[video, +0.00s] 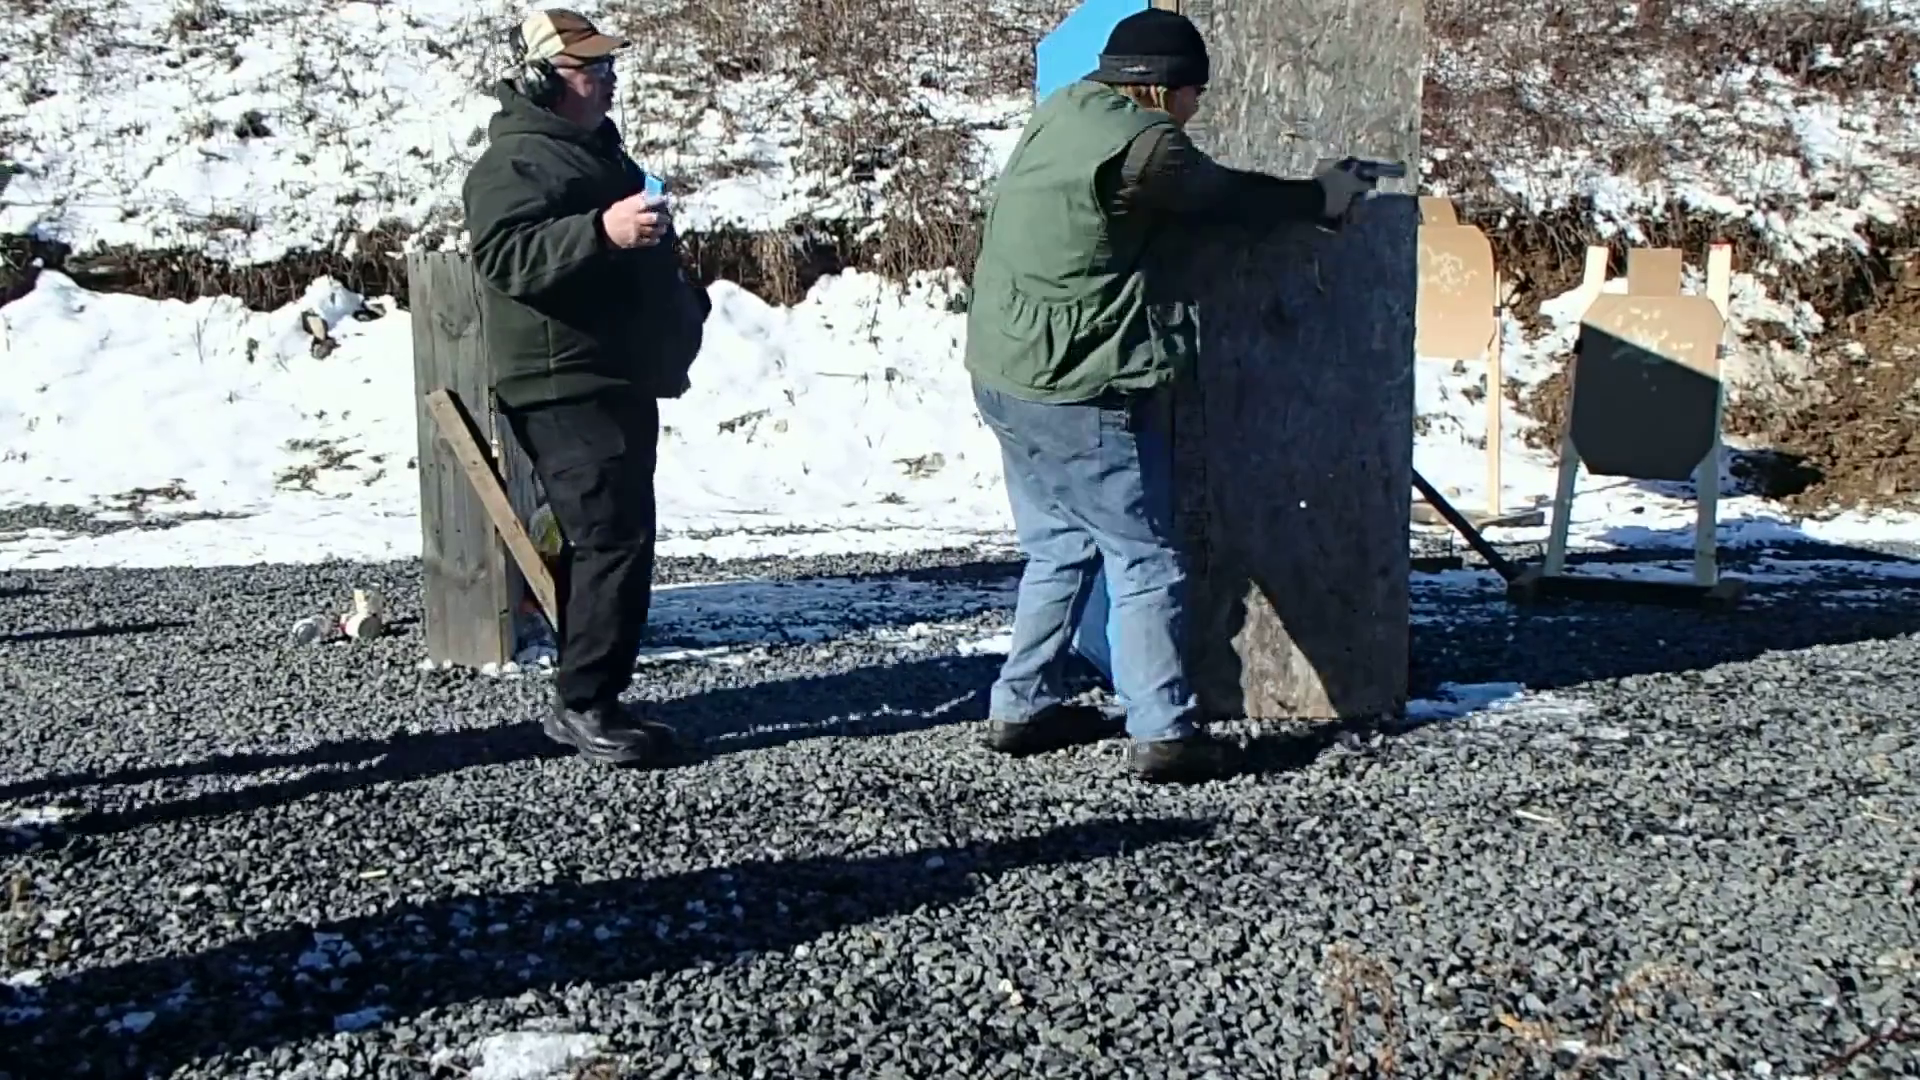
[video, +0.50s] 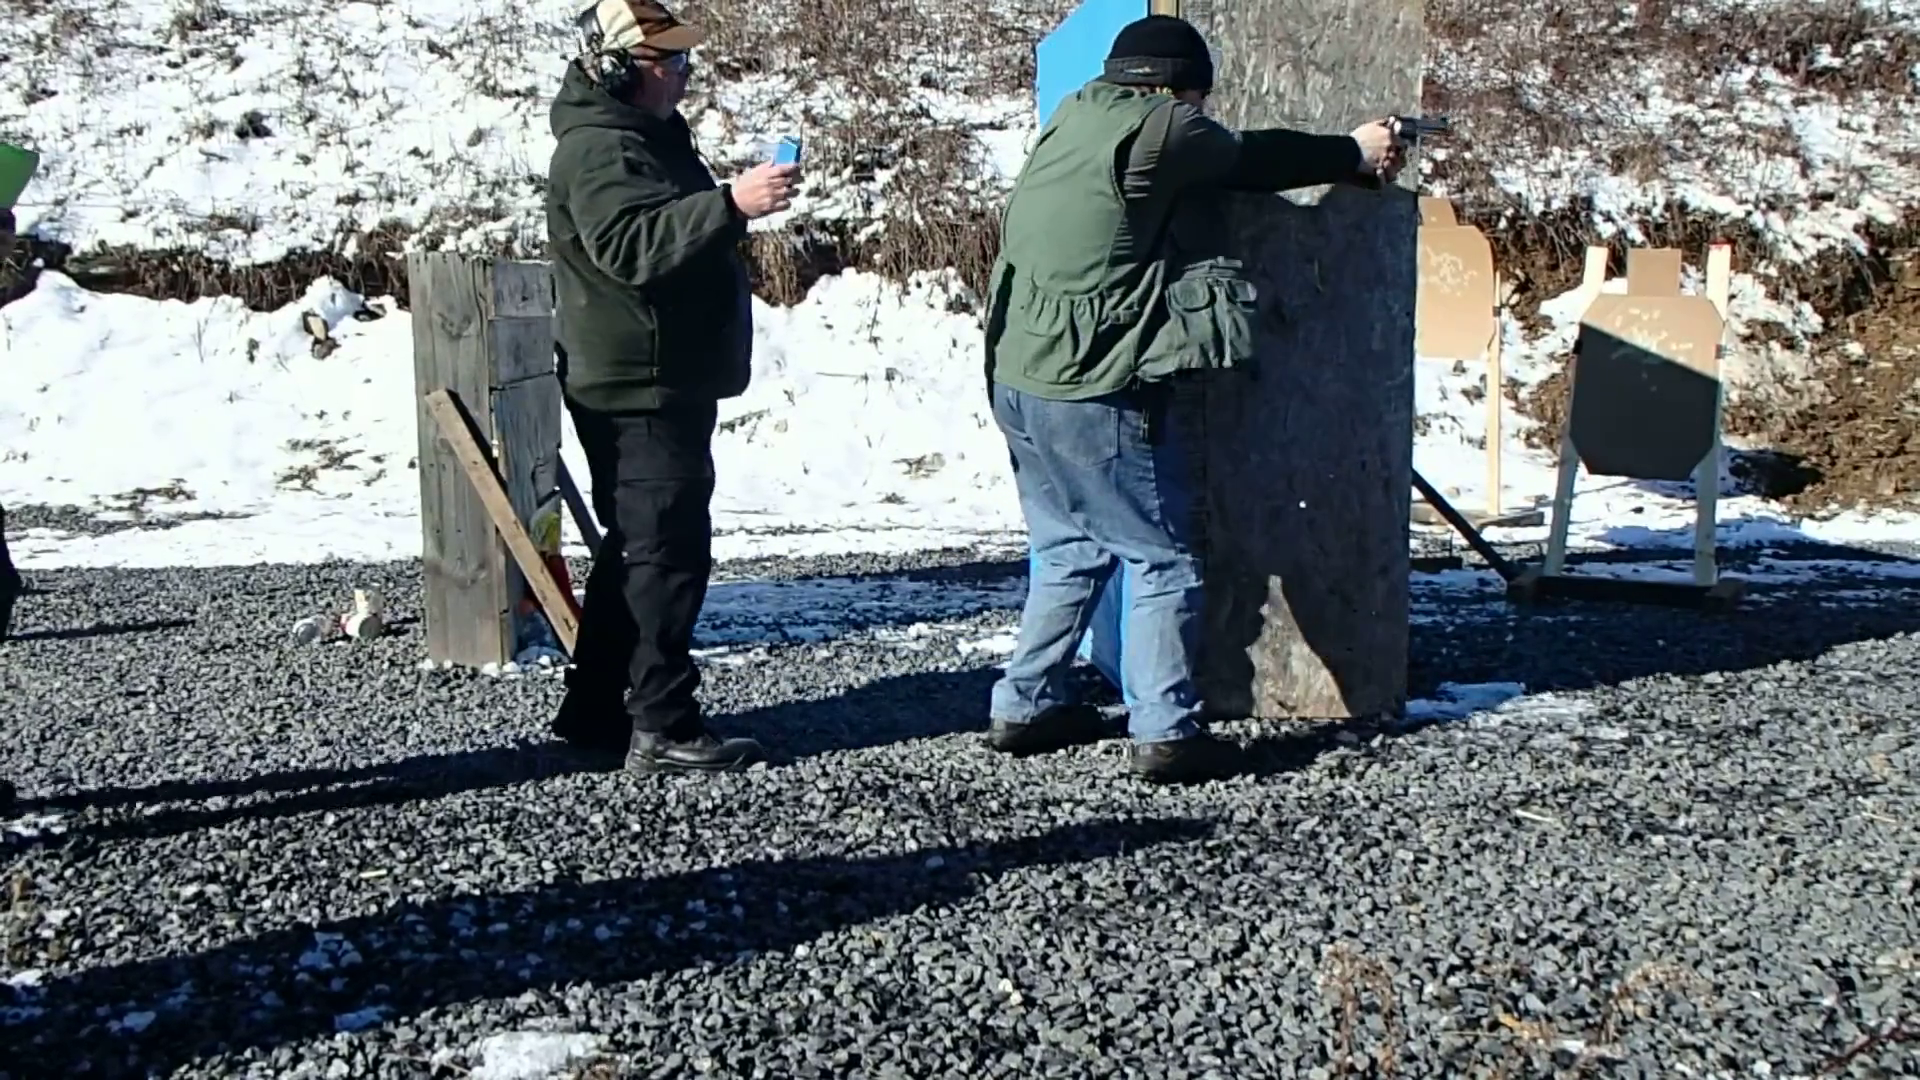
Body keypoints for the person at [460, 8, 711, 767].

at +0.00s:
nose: (609, 79)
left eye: (608, 67)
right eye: (595, 68)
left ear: (587, 78)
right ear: (553, 76)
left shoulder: (595, 148)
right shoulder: (512, 157)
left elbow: (632, 241)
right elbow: (510, 261)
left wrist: (673, 273)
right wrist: (603, 230)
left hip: (613, 373)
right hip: (559, 382)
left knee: (619, 535)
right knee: (607, 537)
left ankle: (594, 698)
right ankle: (582, 704)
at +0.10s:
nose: (631, 79)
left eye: (629, 66)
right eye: (617, 67)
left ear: (599, 77)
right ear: (576, 75)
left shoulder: (604, 146)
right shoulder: (534, 156)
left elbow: (638, 242)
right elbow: (530, 264)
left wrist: (687, 275)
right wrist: (621, 239)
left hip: (621, 379)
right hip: (577, 387)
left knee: (603, 546)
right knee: (629, 540)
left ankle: (590, 712)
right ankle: (637, 717)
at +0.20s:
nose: (645, 82)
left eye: (644, 70)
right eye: (633, 71)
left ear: (607, 78)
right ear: (594, 78)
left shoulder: (614, 143)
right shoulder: (555, 156)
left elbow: (645, 234)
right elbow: (558, 270)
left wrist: (696, 259)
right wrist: (648, 239)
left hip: (633, 381)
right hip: (597, 390)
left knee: (614, 547)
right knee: (642, 548)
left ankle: (593, 713)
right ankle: (663, 723)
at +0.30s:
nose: (659, 84)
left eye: (657, 71)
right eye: (646, 72)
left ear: (618, 78)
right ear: (604, 77)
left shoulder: (623, 145)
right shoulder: (571, 156)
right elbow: (587, 268)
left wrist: (704, 222)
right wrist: (679, 232)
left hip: (642, 387)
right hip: (615, 394)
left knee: (623, 553)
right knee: (651, 554)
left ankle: (593, 715)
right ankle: (663, 728)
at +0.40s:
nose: (671, 79)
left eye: (670, 65)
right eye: (659, 67)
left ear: (621, 72)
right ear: (618, 74)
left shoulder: (628, 139)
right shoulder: (587, 150)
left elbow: (645, 243)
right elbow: (613, 260)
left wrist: (722, 218)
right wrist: (706, 220)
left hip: (647, 386)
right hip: (629, 392)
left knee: (630, 550)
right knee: (660, 554)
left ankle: (595, 712)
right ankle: (660, 731)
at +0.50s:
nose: (685, 74)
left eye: (683, 61)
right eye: (675, 62)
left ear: (633, 67)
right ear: (637, 69)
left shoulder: (636, 134)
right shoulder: (601, 143)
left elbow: (657, 235)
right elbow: (634, 249)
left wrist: (736, 200)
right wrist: (732, 203)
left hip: (651, 383)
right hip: (640, 389)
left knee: (634, 545)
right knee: (666, 552)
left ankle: (596, 711)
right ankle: (663, 729)